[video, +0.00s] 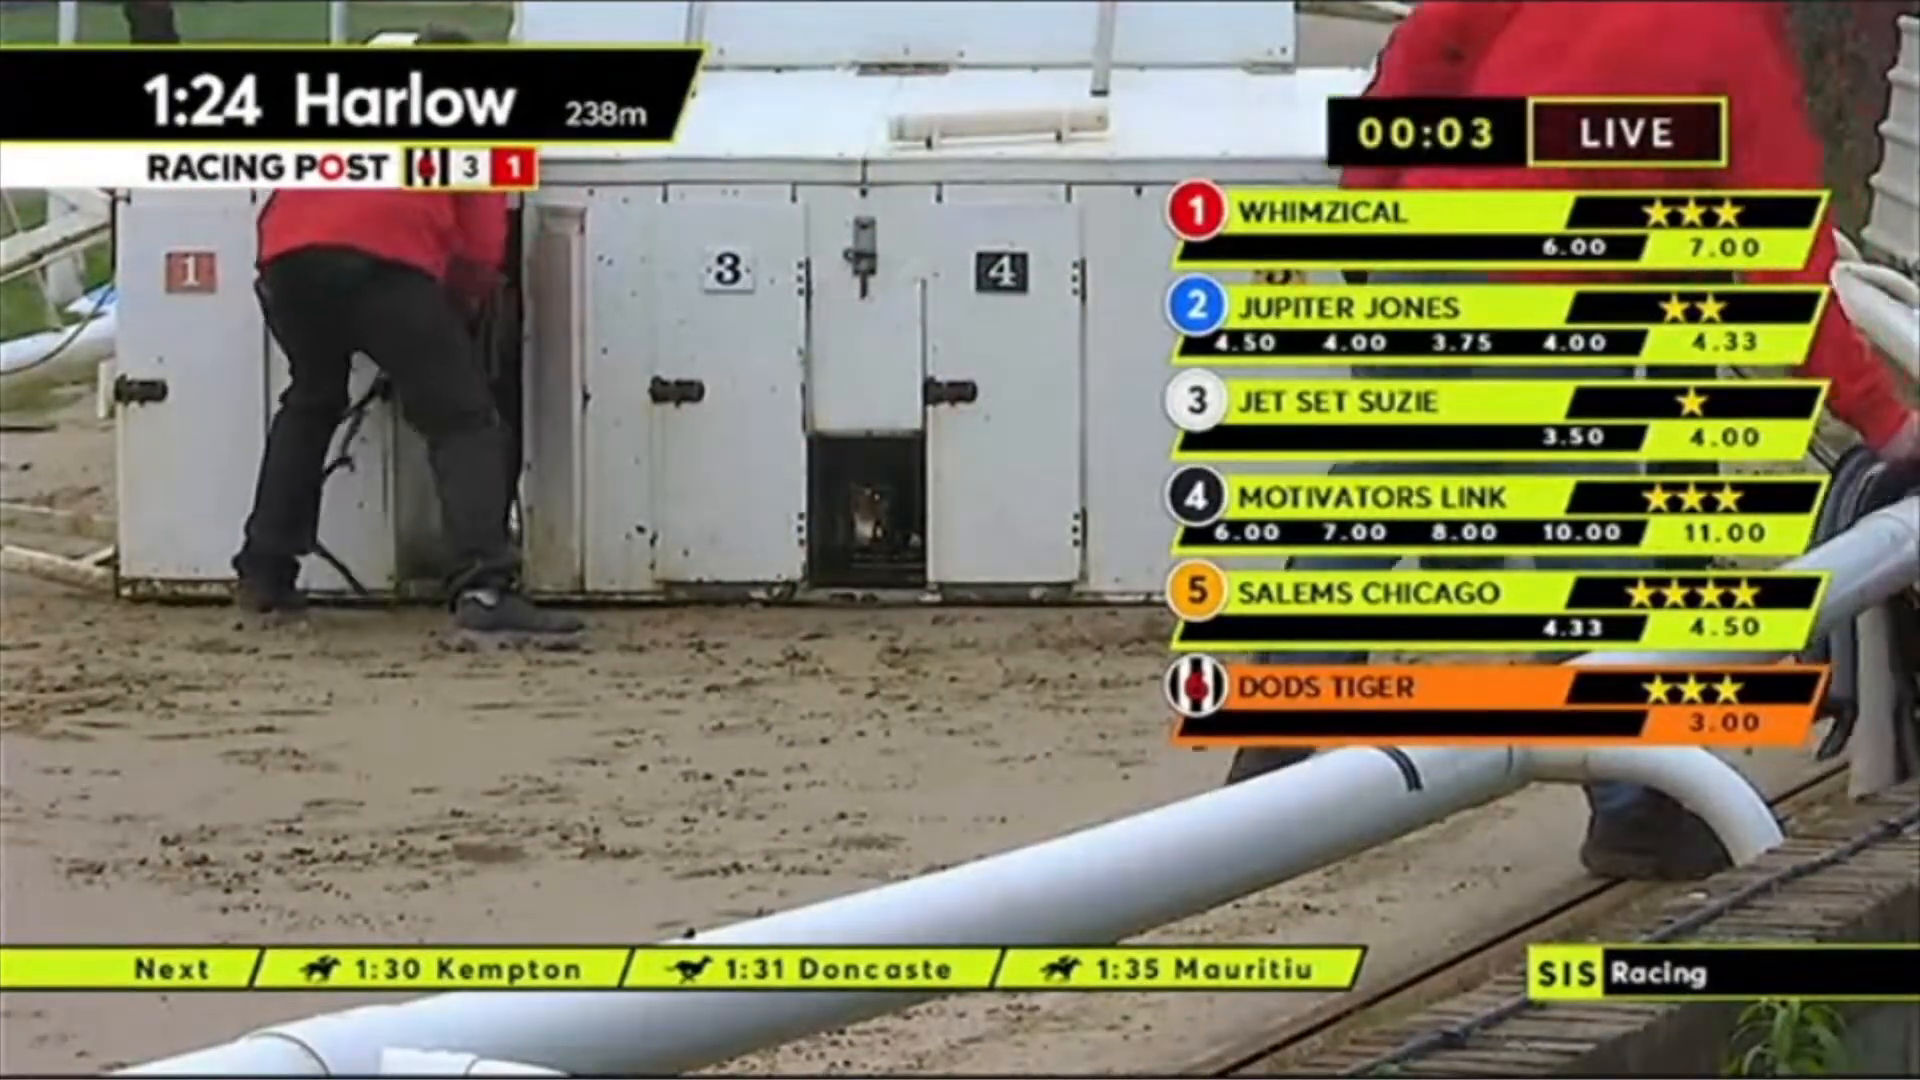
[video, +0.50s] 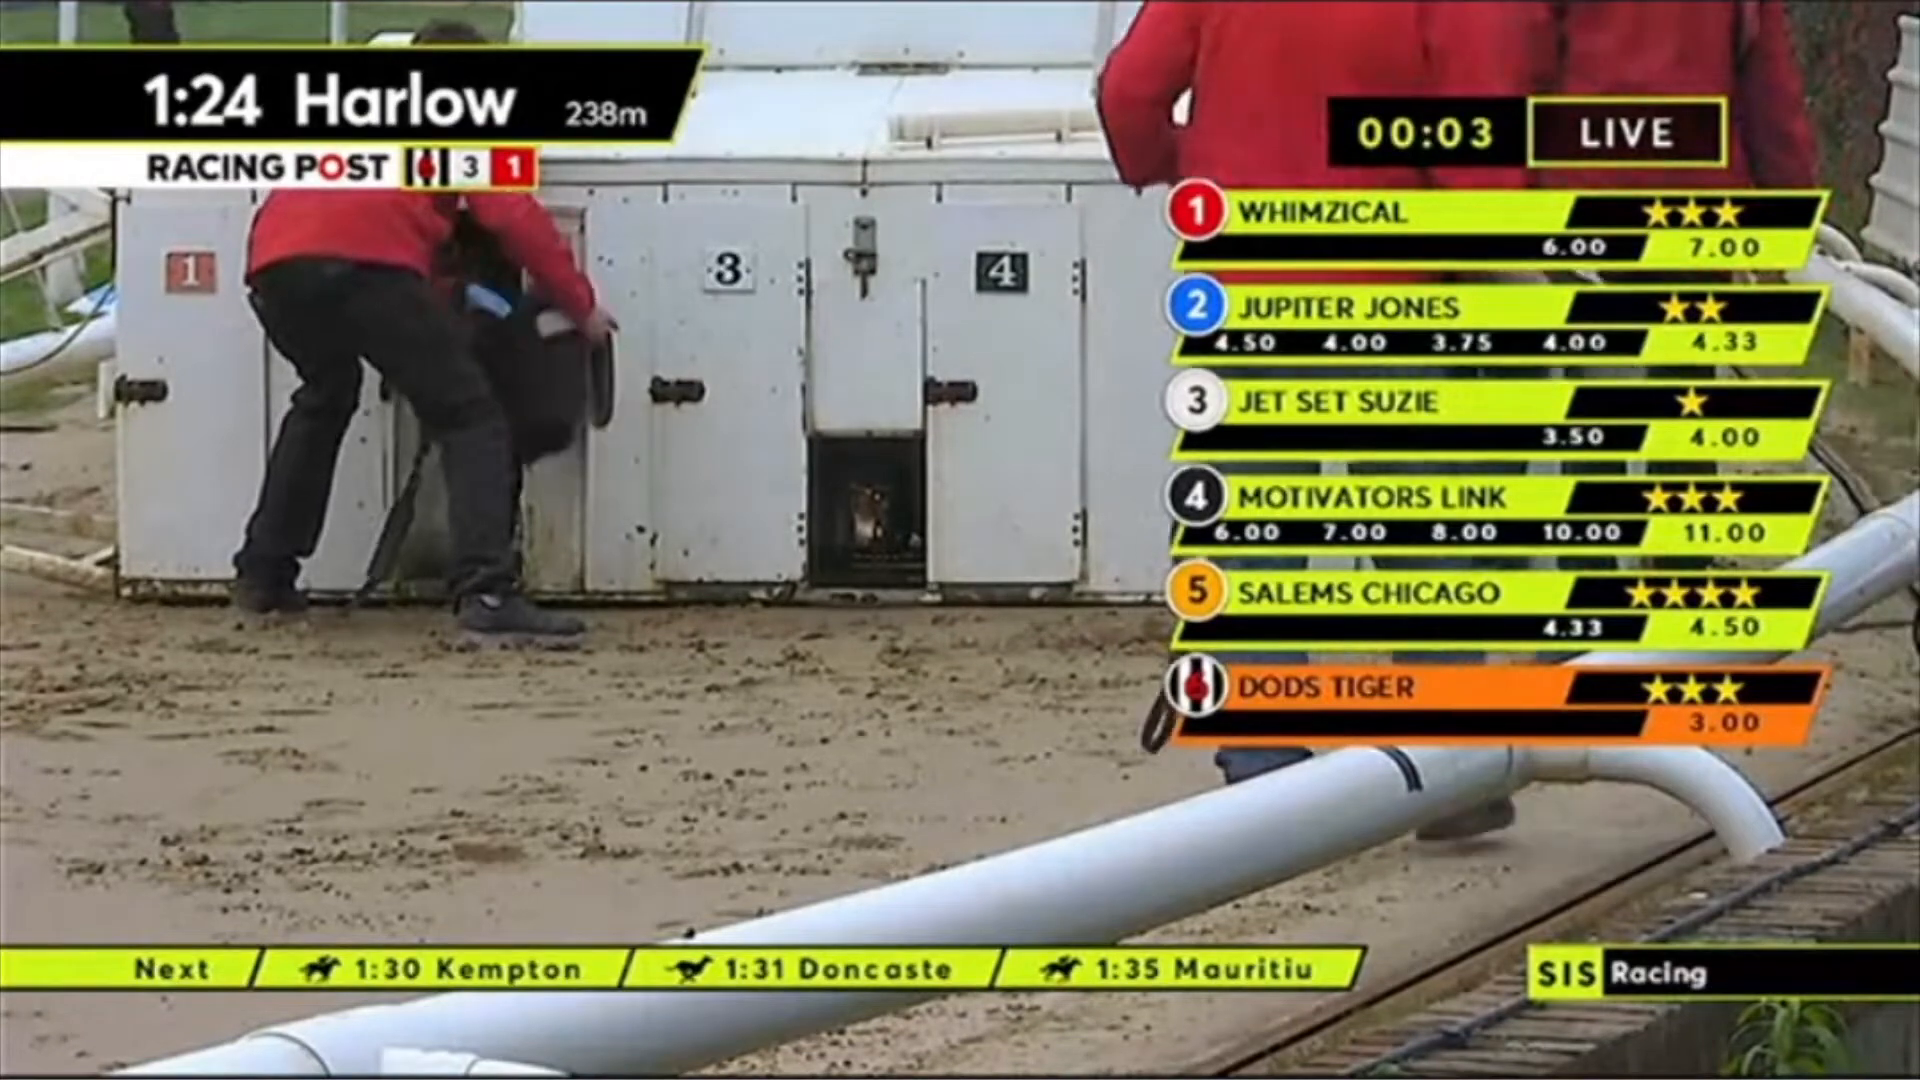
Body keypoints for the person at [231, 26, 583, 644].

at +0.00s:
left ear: (376, 72)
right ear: (463, 86)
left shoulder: (336, 115)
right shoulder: (475, 129)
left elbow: (275, 215)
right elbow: (482, 253)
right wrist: (447, 333)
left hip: (290, 259)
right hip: (388, 264)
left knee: (312, 397)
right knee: (462, 422)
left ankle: (263, 574)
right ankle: (484, 590)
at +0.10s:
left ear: (374, 75)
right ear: (459, 89)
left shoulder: (335, 119)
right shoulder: (471, 130)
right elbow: (493, 254)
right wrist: (464, 310)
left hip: (281, 258)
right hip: (380, 260)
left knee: (317, 391)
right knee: (458, 419)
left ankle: (264, 574)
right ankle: (485, 589)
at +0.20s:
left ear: (412, 62)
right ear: (474, 75)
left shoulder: (350, 110)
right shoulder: (476, 128)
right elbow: (493, 264)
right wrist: (477, 311)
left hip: (280, 258)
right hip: (378, 263)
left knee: (323, 391)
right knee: (453, 420)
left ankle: (263, 575)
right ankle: (487, 589)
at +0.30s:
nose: (490, 101)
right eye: (492, 87)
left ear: (421, 53)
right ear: (479, 71)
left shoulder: (353, 99)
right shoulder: (472, 120)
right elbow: (487, 252)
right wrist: (479, 313)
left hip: (279, 259)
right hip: (375, 262)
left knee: (326, 392)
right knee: (456, 418)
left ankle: (264, 573)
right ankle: (487, 592)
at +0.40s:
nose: (490, 100)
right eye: (492, 87)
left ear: (418, 54)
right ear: (477, 69)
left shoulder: (359, 102)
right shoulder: (470, 113)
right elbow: (478, 208)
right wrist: (515, 312)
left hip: (278, 258)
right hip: (374, 259)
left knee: (323, 391)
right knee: (464, 414)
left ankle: (263, 575)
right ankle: (487, 593)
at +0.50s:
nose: (490, 104)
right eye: (485, 91)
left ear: (411, 61)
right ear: (473, 78)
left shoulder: (353, 117)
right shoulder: (468, 128)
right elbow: (515, 218)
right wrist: (583, 309)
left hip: (277, 266)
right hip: (375, 265)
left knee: (326, 391)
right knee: (471, 418)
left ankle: (264, 572)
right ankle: (487, 594)